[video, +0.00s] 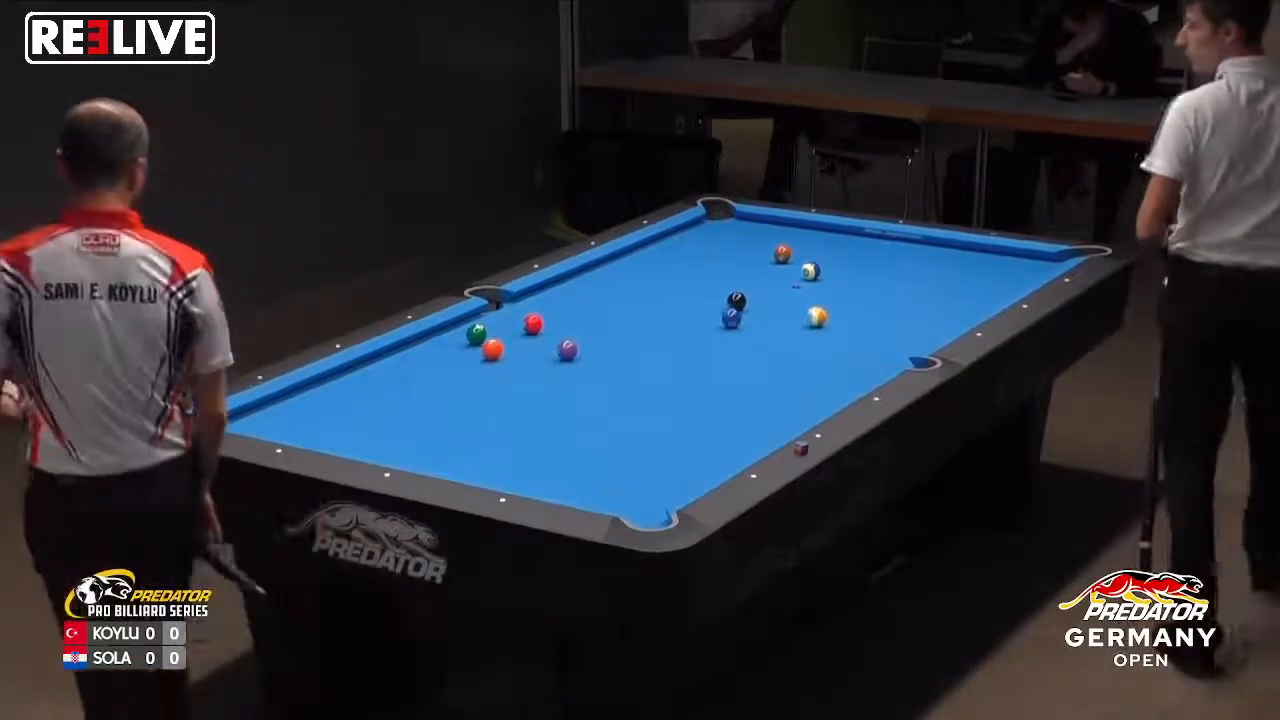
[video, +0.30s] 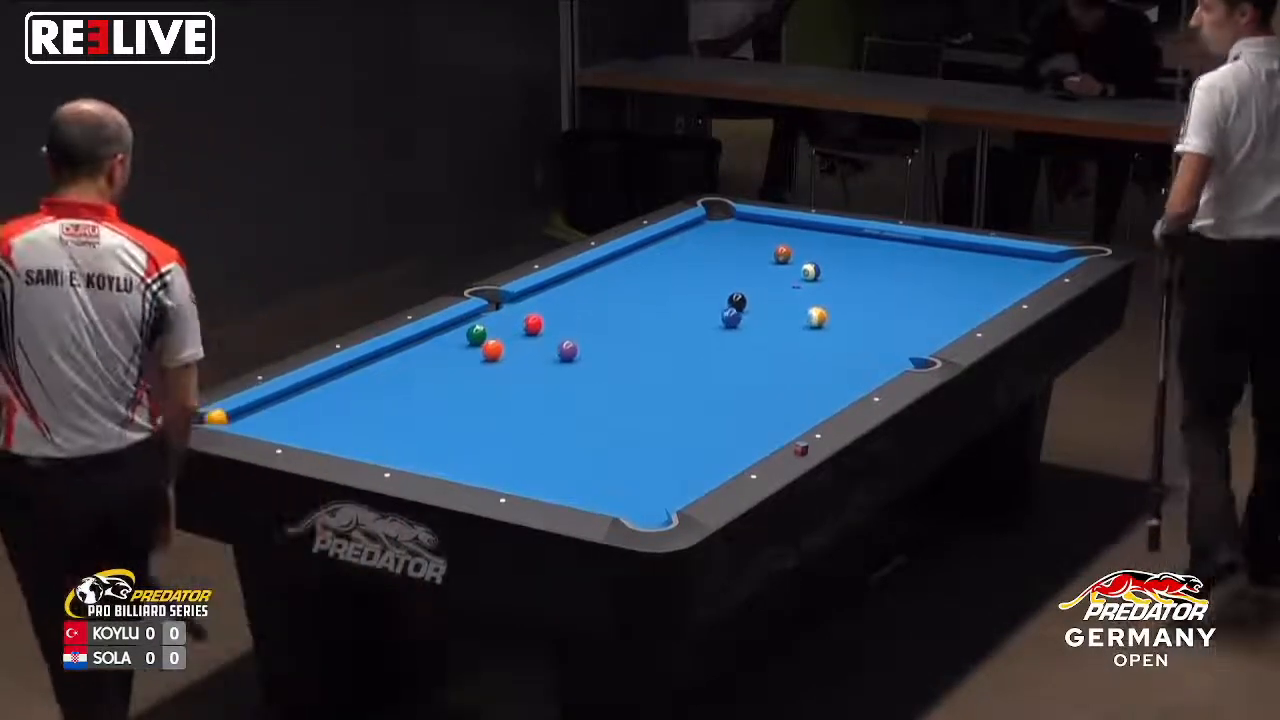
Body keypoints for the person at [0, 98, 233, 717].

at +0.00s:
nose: (145, 176)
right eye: (145, 165)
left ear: (61, 165)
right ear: (139, 172)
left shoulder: (17, 266)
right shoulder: (184, 271)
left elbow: (10, 388)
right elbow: (210, 411)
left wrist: (39, 409)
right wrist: (203, 491)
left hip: (60, 506)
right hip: (159, 498)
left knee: (94, 673)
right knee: (160, 669)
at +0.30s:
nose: (128, 171)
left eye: (126, 161)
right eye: (128, 162)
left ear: (49, 161)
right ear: (118, 167)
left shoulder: (8, 249)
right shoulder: (157, 264)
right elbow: (180, 404)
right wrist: (166, 486)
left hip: (30, 482)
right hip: (127, 478)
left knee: (57, 636)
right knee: (117, 633)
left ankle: (85, 711)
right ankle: (107, 713)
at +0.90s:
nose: (116, 151)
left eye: (119, 139)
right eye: (118, 139)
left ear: (49, 122)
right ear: (97, 134)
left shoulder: (0, 186)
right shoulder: (110, 225)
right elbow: (136, 367)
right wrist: (124, 433)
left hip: (2, 423)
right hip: (75, 428)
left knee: (1, 592)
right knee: (82, 595)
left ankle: (10, 706)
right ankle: (85, 711)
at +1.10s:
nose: (110, 151)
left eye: (114, 138)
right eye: (111, 137)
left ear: (52, 118)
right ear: (84, 127)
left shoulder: (4, 173)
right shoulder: (92, 216)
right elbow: (118, 357)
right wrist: (107, 403)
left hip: (1, 406)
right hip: (59, 412)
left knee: (5, 570)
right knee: (73, 573)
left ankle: (13, 699)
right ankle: (73, 704)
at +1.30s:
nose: (106, 135)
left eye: (111, 122)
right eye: (106, 121)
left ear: (51, 102)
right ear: (78, 111)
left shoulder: (2, 159)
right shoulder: (79, 198)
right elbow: (102, 337)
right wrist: (100, 386)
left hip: (1, 380)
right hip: (48, 390)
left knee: (2, 551)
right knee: (80, 549)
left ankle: (8, 692)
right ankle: (57, 699)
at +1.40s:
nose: (109, 126)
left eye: (113, 114)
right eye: (109, 113)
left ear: (54, 95)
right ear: (79, 104)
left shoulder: (4, 151)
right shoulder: (80, 191)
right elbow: (104, 326)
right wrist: (113, 356)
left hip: (3, 370)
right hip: (56, 378)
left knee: (7, 534)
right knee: (102, 525)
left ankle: (9, 681)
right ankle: (50, 678)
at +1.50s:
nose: (116, 121)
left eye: (120, 108)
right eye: (115, 107)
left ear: (58, 93)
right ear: (83, 101)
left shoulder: (4, 147)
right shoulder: (84, 187)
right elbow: (112, 322)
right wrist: (122, 355)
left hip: (2, 364)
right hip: (62, 373)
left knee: (8, 533)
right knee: (121, 506)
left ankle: (14, 684)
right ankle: (83, 661)